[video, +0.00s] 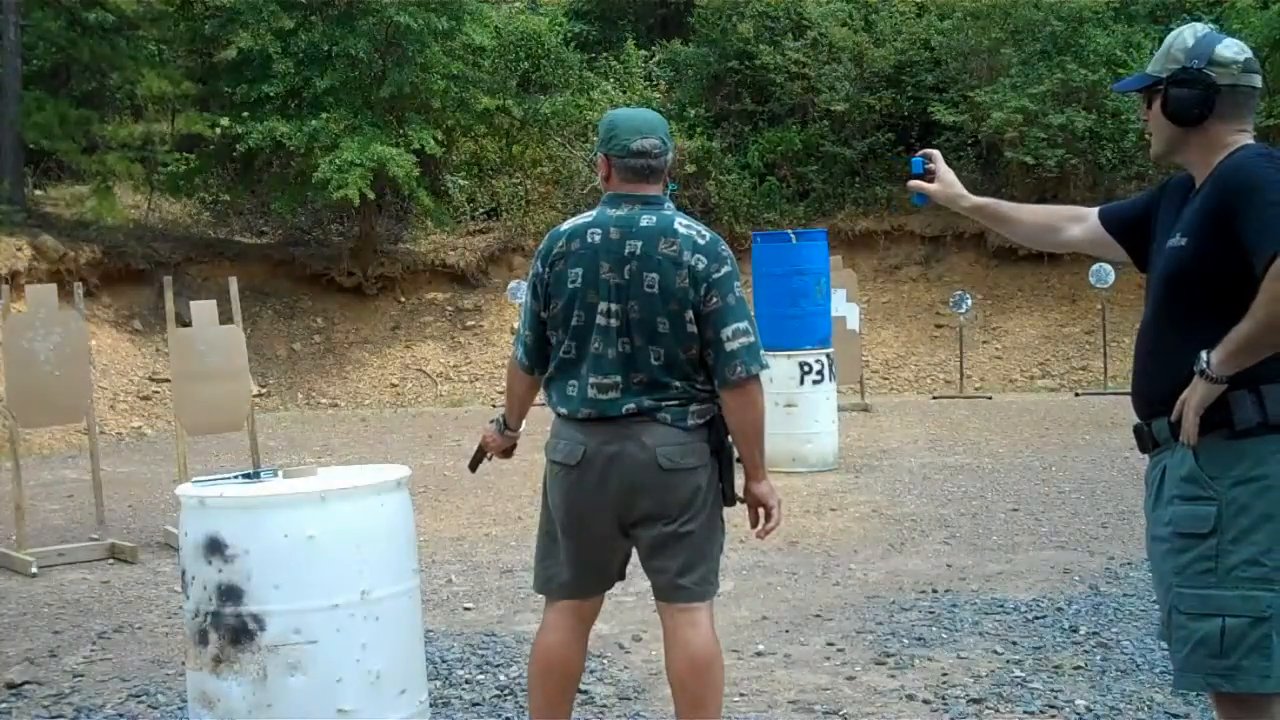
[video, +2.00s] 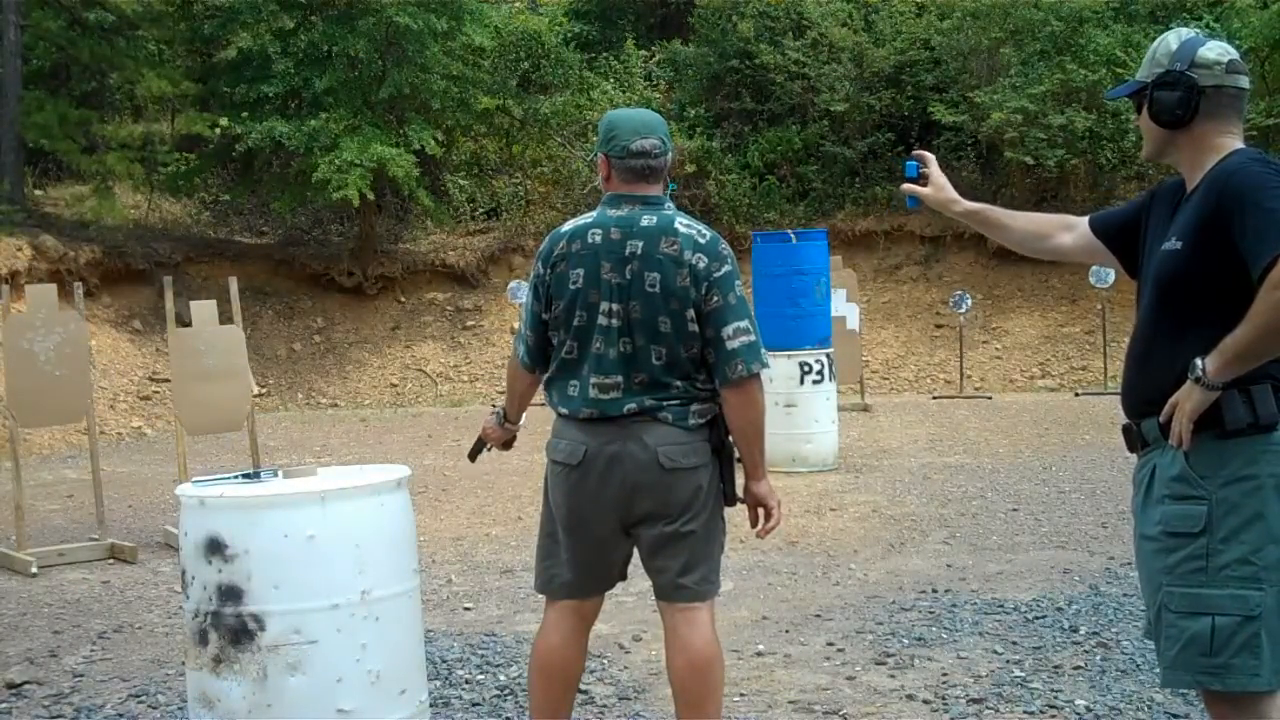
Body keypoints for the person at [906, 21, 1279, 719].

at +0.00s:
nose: (1145, 113)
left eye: (1152, 98)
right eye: (1146, 99)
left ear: (1186, 100)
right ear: (1217, 102)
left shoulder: (1251, 175)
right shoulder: (1178, 197)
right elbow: (1072, 227)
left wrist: (1216, 369)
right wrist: (964, 201)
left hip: (1236, 458)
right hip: (1192, 458)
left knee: (1246, 689)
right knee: (1235, 681)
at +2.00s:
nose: (1138, 113)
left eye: (1145, 99)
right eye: (1139, 100)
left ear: (1177, 101)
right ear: (1208, 104)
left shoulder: (1247, 181)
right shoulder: (1168, 201)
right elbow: (1064, 234)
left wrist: (1211, 374)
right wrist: (957, 206)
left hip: (1227, 455)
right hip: (1181, 456)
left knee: (1241, 689)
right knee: (1229, 683)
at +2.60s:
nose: (1145, 116)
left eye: (1150, 102)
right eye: (1146, 103)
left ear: (1179, 103)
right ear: (1219, 102)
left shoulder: (1246, 180)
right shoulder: (1187, 199)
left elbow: (1276, 279)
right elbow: (1085, 240)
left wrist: (1201, 379)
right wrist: (973, 215)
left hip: (1231, 461)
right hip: (1200, 458)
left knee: (1244, 691)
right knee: (1238, 685)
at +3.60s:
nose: (1150, 117)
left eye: (1154, 102)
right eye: (1151, 103)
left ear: (1180, 102)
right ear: (1231, 100)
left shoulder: (1246, 179)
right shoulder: (1196, 195)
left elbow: (1273, 284)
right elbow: (1090, 236)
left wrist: (1197, 382)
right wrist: (977, 208)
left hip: (1230, 463)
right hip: (1209, 457)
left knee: (1244, 692)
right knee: (1241, 686)